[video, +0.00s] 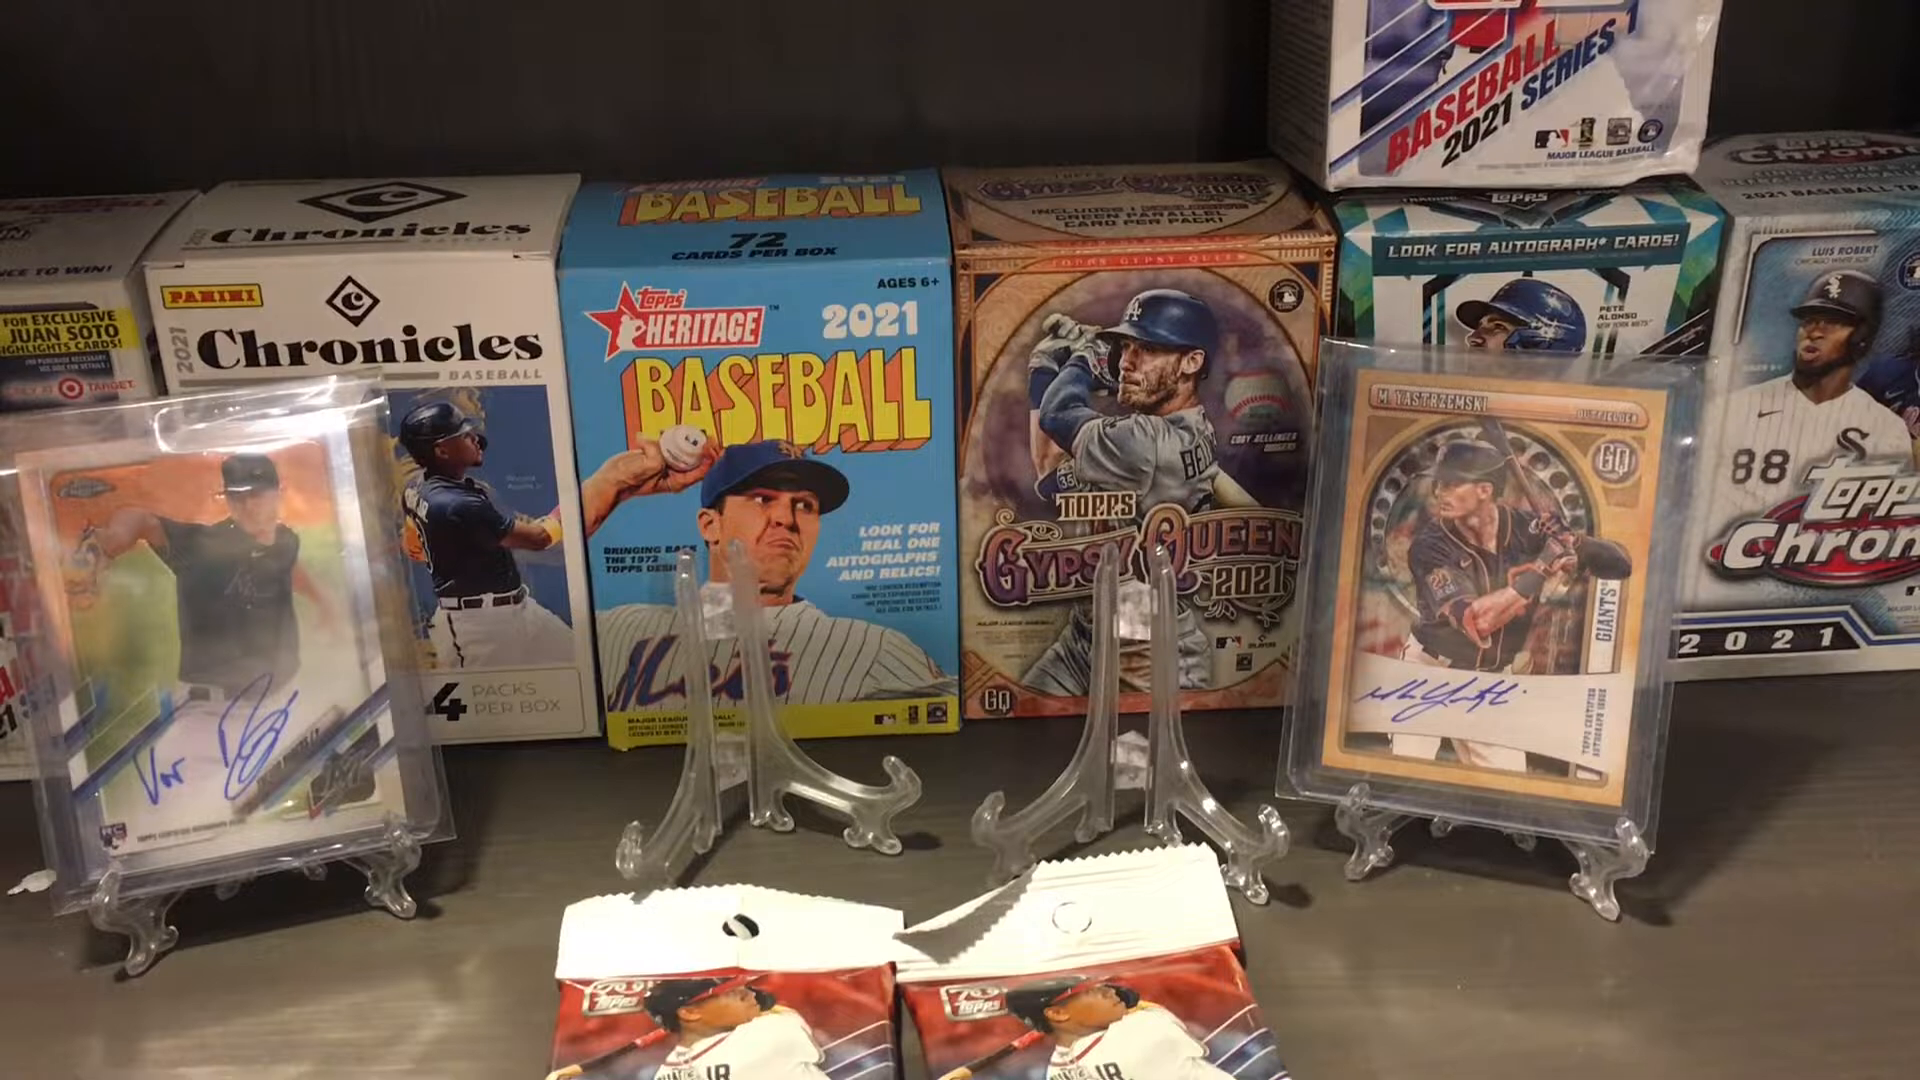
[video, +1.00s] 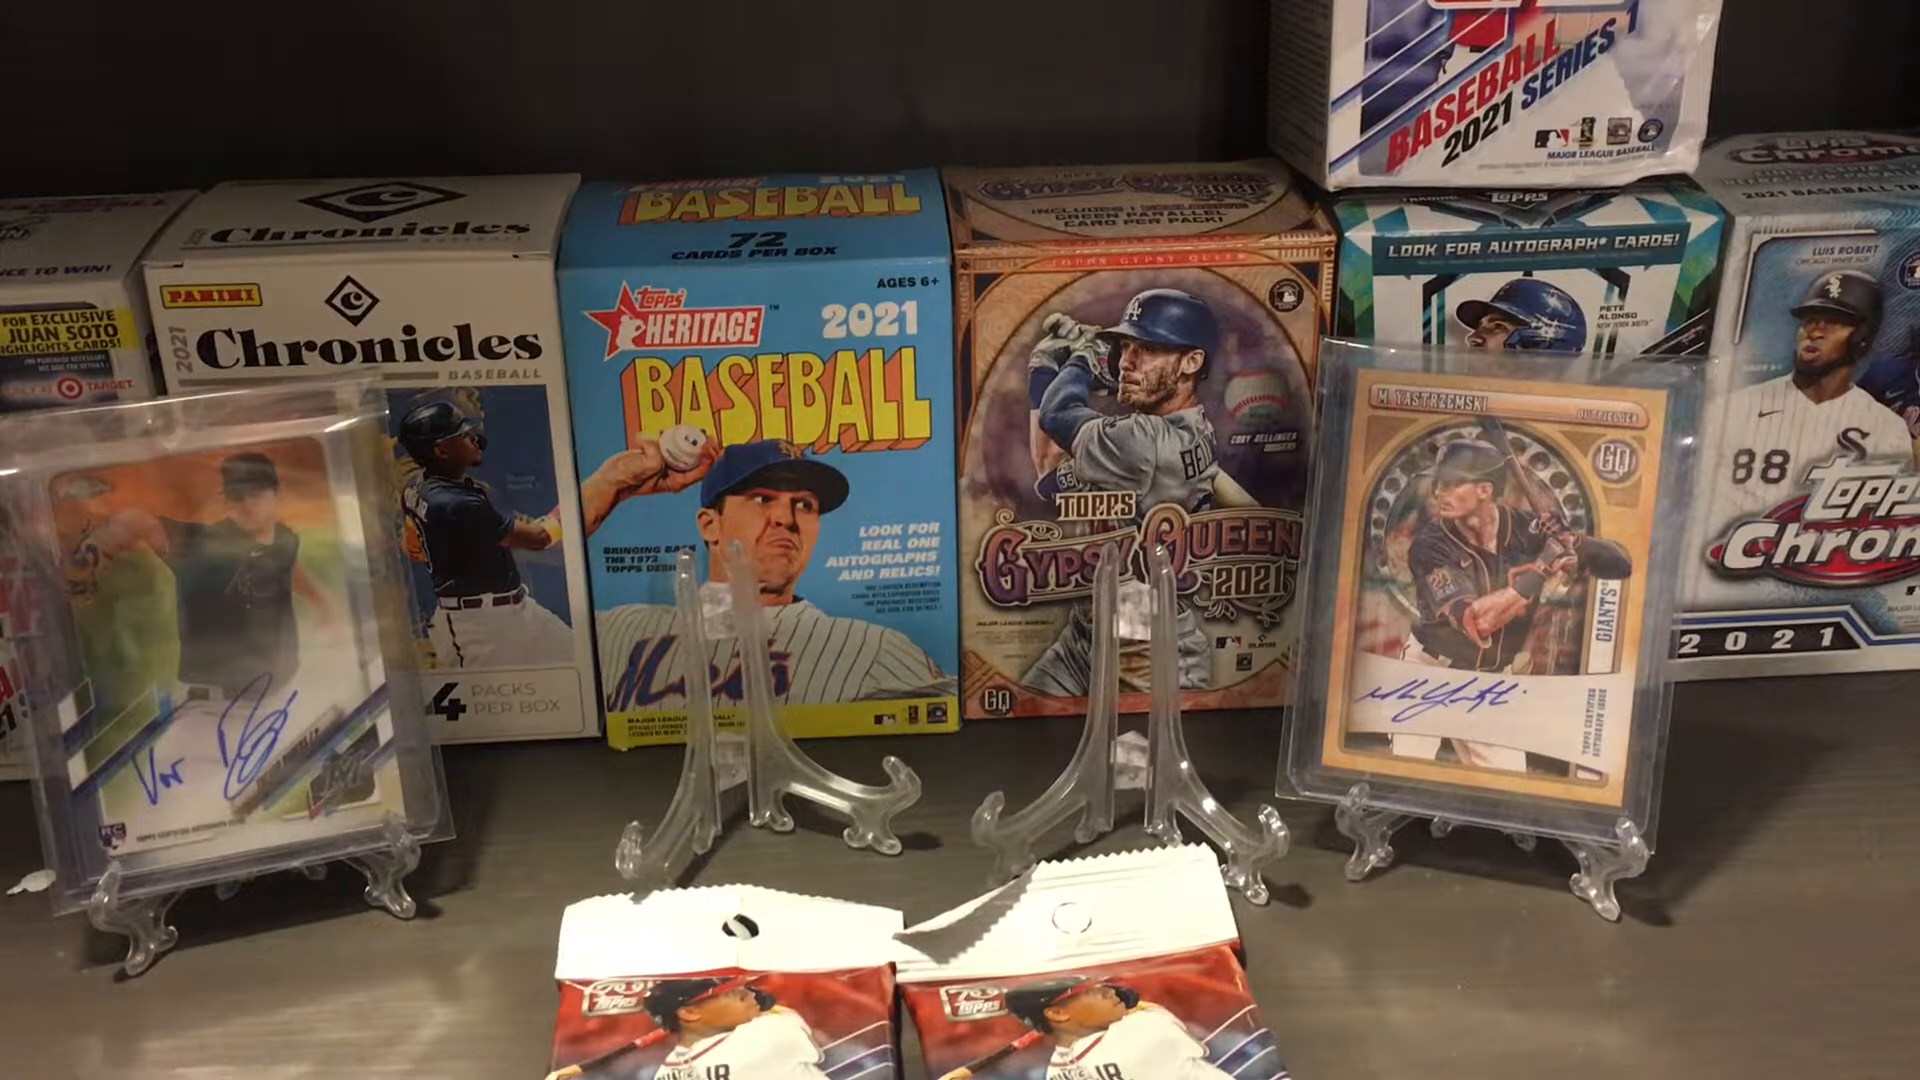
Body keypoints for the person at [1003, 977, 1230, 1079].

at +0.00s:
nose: (1106, 990)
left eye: (1096, 986)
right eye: (1091, 990)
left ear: (1058, 1015)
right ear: (1058, 1014)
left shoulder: (1056, 1072)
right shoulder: (1144, 1033)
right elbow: (1148, 1010)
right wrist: (1116, 1005)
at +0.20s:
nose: (1106, 989)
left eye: (1097, 984)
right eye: (1091, 989)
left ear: (1058, 1015)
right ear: (1058, 1014)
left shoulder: (1056, 1072)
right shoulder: (1145, 1032)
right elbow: (1147, 1008)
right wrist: (1112, 1006)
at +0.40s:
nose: (1106, 989)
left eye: (1097, 985)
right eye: (1091, 990)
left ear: (1058, 1015)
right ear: (1058, 1014)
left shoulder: (1056, 1072)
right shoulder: (1144, 1033)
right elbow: (1147, 1009)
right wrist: (1114, 1006)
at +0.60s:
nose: (1106, 990)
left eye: (1097, 986)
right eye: (1092, 990)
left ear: (1058, 1015)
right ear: (1058, 1014)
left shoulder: (1056, 1072)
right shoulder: (1145, 1033)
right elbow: (1146, 1008)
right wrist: (1112, 1006)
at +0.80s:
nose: (1107, 990)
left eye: (1098, 986)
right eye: (1093, 990)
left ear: (1058, 1016)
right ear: (1058, 1014)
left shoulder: (1056, 1072)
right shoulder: (1144, 1034)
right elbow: (1147, 1009)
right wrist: (1112, 1007)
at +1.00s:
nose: (1106, 990)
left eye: (1097, 986)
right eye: (1092, 990)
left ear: (1058, 1015)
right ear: (1058, 1014)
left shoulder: (1055, 1072)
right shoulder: (1144, 1033)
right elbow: (1146, 1009)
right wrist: (1111, 1008)